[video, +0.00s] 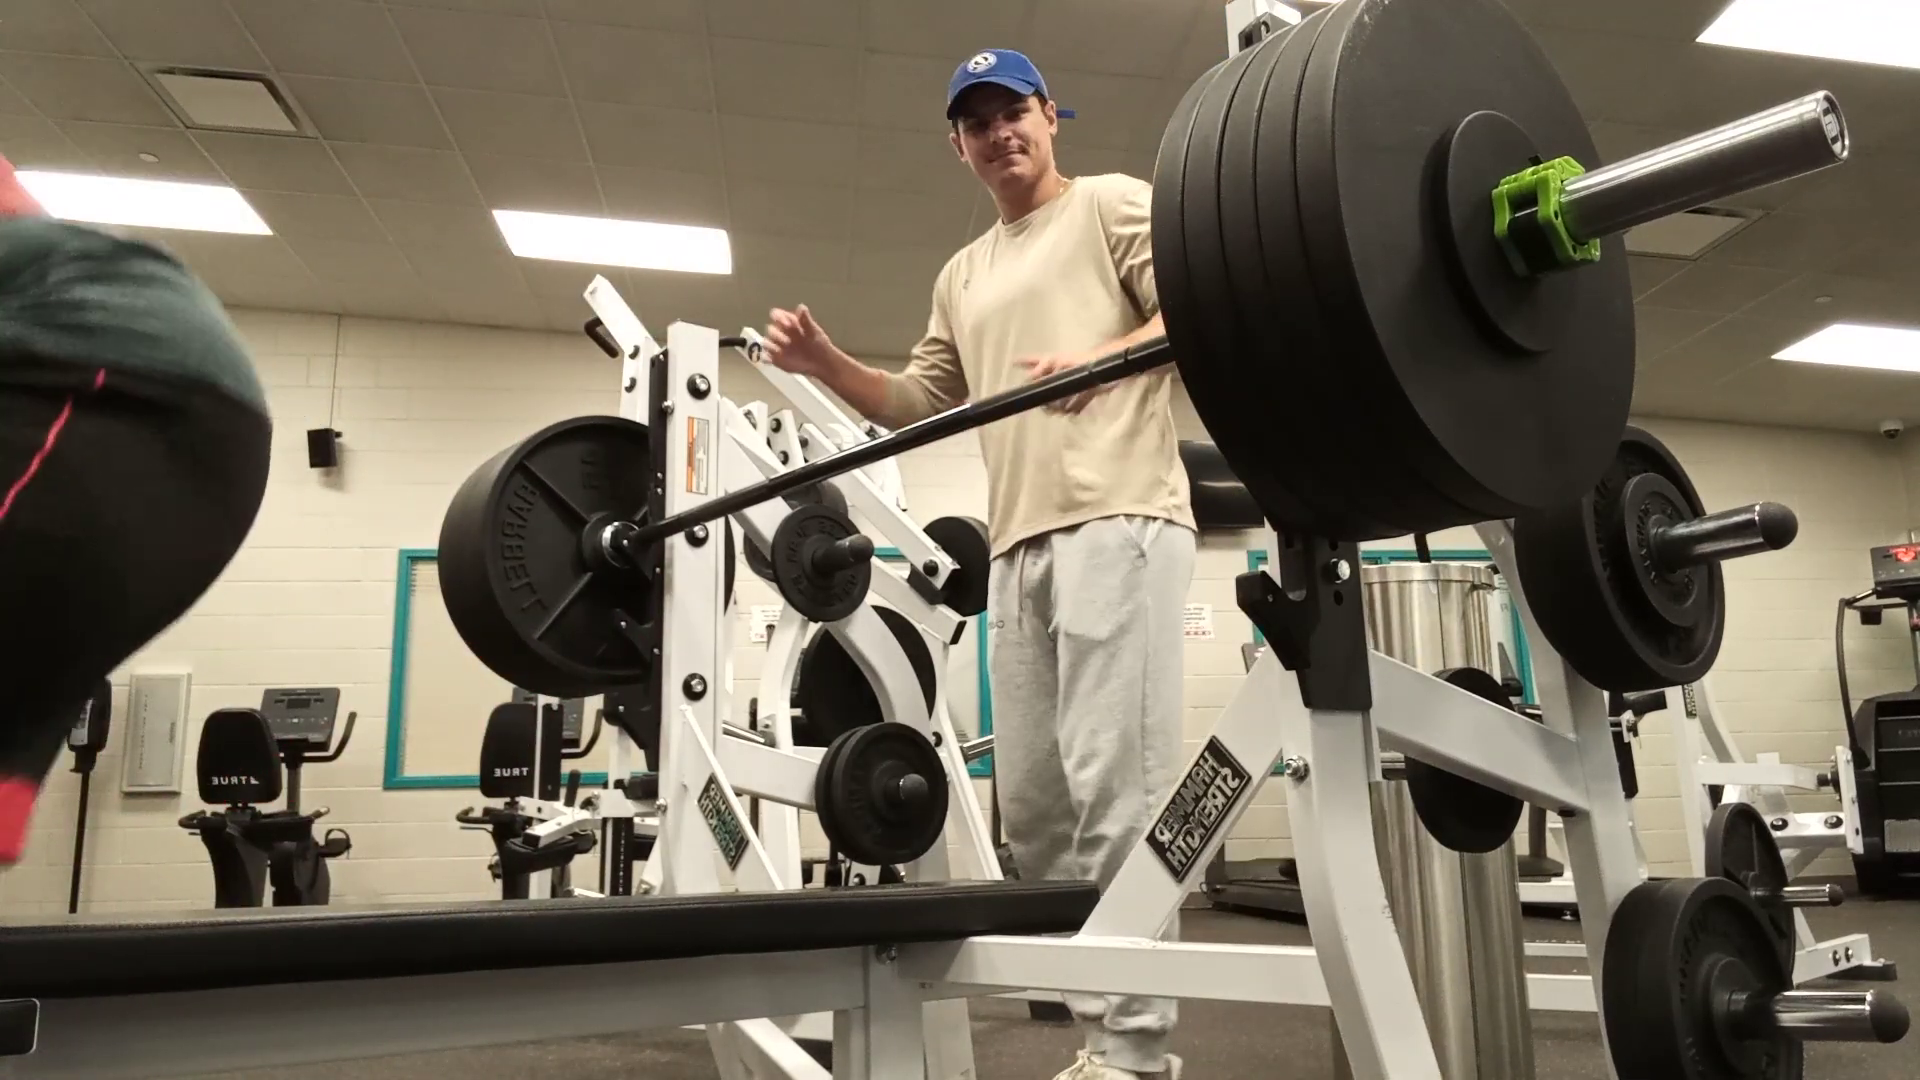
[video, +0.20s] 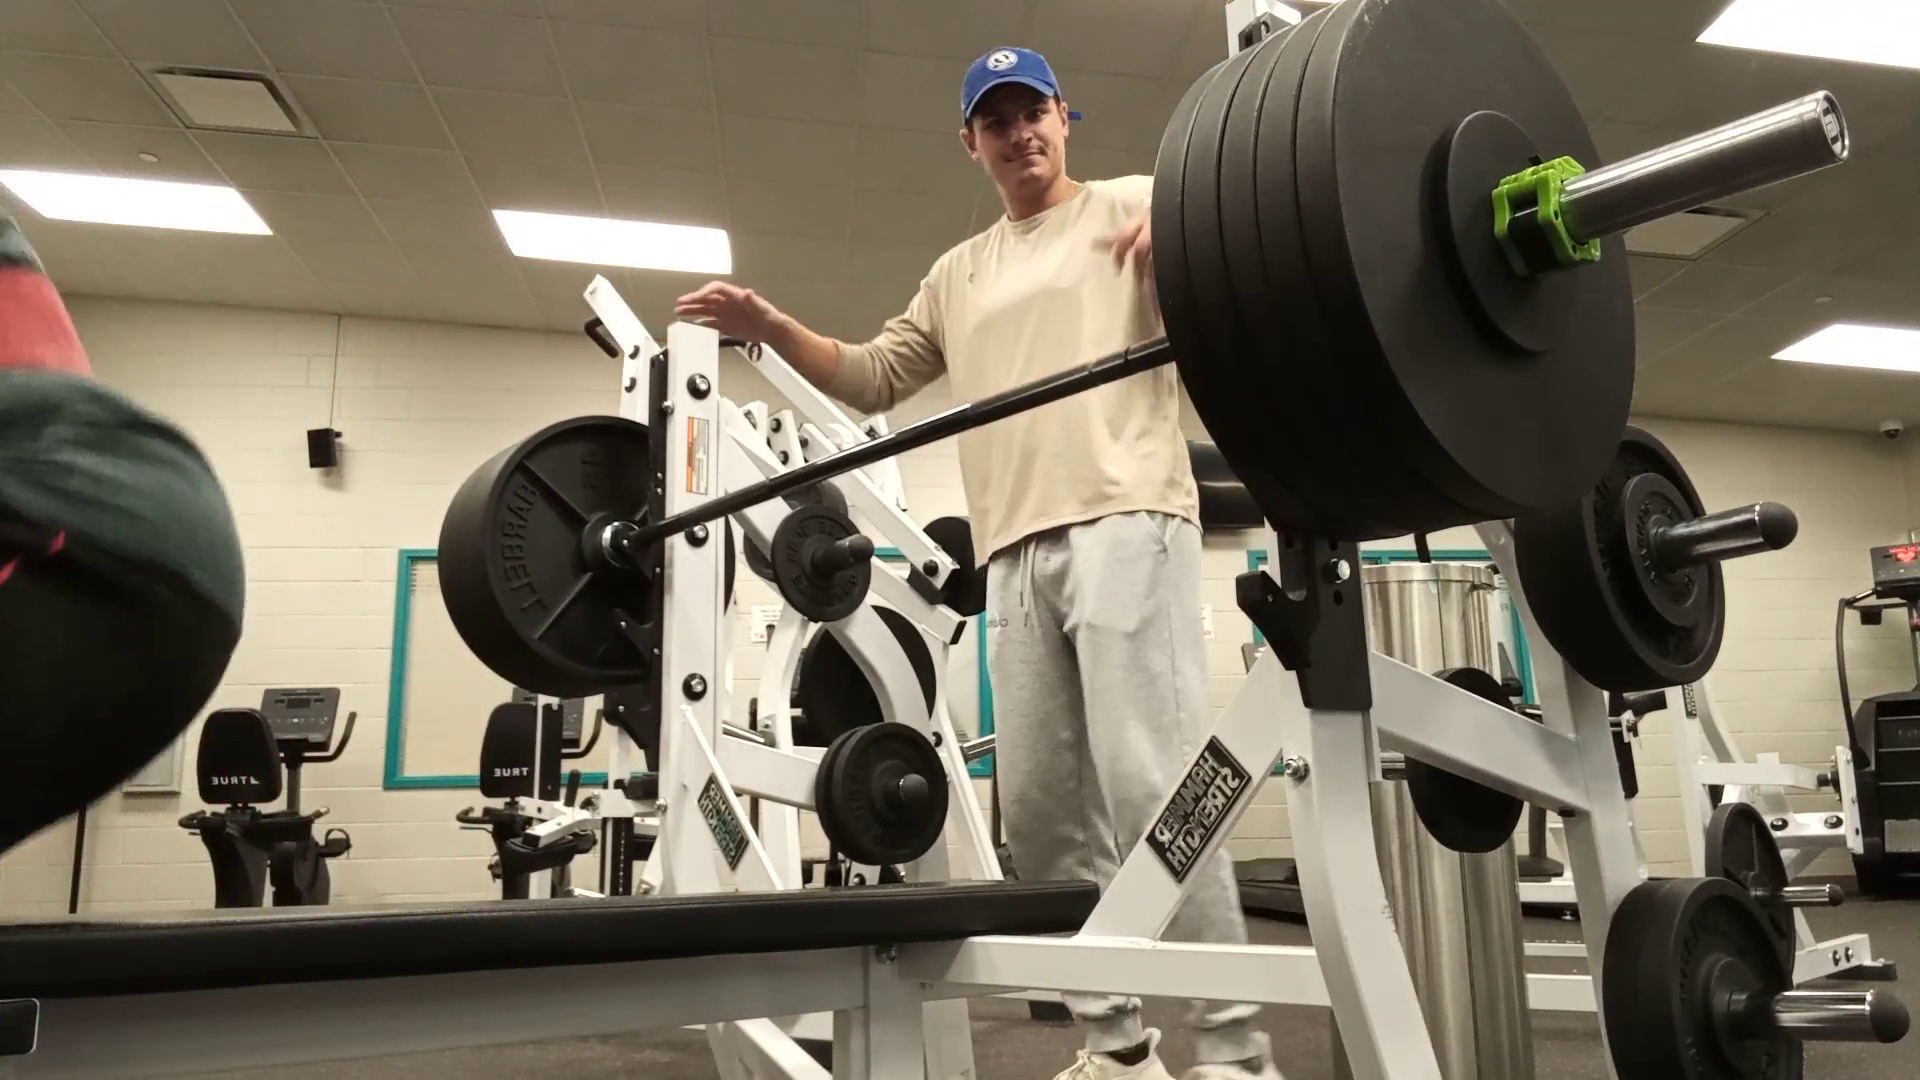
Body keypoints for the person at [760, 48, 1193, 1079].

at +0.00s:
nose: (996, 131)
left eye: (1010, 111)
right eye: (975, 122)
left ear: (1052, 119)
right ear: (960, 147)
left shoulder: (1114, 204)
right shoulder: (961, 276)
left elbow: (1187, 315)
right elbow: (917, 405)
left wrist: (1098, 363)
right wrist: (826, 363)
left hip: (1121, 525)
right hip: (1020, 547)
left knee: (1116, 779)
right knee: (1034, 800)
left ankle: (1136, 1044)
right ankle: (1092, 1020)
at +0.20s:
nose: (1015, 132)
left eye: (1029, 112)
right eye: (994, 122)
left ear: (1065, 120)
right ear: (972, 146)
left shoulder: (1132, 201)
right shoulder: (955, 272)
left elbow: (1227, 274)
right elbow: (873, 379)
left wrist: (1171, 238)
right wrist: (770, 324)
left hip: (1131, 520)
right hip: (1018, 545)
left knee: (1156, 776)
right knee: (1043, 806)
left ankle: (1228, 1047)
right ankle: (1116, 1040)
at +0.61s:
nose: (1077, 86)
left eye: (1094, 64)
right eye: (1054, 74)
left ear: (1135, 74)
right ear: (1035, 100)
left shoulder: (1192, 171)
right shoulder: (1012, 234)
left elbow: (1300, 172)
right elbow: (905, 320)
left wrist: (1244, 68)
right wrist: (757, 318)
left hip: (1193, 507)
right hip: (1070, 536)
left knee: (1257, 785)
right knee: (1078, 797)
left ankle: (1320, 1043)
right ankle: (1117, 1039)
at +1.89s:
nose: (984, 93)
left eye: (992, 63)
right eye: (974, 77)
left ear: (1061, 28)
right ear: (1005, 75)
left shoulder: (1191, 102)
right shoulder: (1012, 195)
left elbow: (1323, 111)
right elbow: (899, 276)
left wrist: (1293, 38)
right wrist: (736, 309)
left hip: (1206, 506)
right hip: (1097, 530)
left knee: (1126, 774)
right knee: (1176, 799)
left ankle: (1144, 1057)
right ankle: (1261, 1056)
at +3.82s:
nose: (999, 84)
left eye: (1013, 54)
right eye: (985, 68)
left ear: (1079, 24)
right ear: (982, 74)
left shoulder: (1187, 101)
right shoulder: (1005, 192)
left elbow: (1317, 111)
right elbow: (892, 278)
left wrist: (1292, 37)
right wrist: (734, 314)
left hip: (1200, 509)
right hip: (1090, 532)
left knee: (1126, 793)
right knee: (1174, 805)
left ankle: (1102, 1064)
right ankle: (1265, 1060)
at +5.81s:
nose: (973, 112)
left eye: (983, 85)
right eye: (966, 92)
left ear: (1053, 47)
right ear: (1024, 64)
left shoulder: (1185, 102)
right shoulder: (1005, 195)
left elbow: (1315, 112)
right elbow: (894, 280)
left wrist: (1291, 38)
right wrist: (735, 314)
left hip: (1200, 511)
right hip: (1091, 535)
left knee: (1129, 794)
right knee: (1174, 804)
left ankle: (1102, 1064)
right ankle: (1266, 1060)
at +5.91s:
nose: (972, 112)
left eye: (982, 85)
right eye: (965, 92)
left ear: (1052, 46)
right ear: (1023, 65)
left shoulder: (1185, 102)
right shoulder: (1005, 195)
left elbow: (1317, 109)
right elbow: (893, 281)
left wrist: (1291, 37)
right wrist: (734, 314)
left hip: (1200, 511)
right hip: (1091, 534)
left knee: (1128, 793)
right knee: (1174, 803)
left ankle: (1102, 1064)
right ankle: (1266, 1060)